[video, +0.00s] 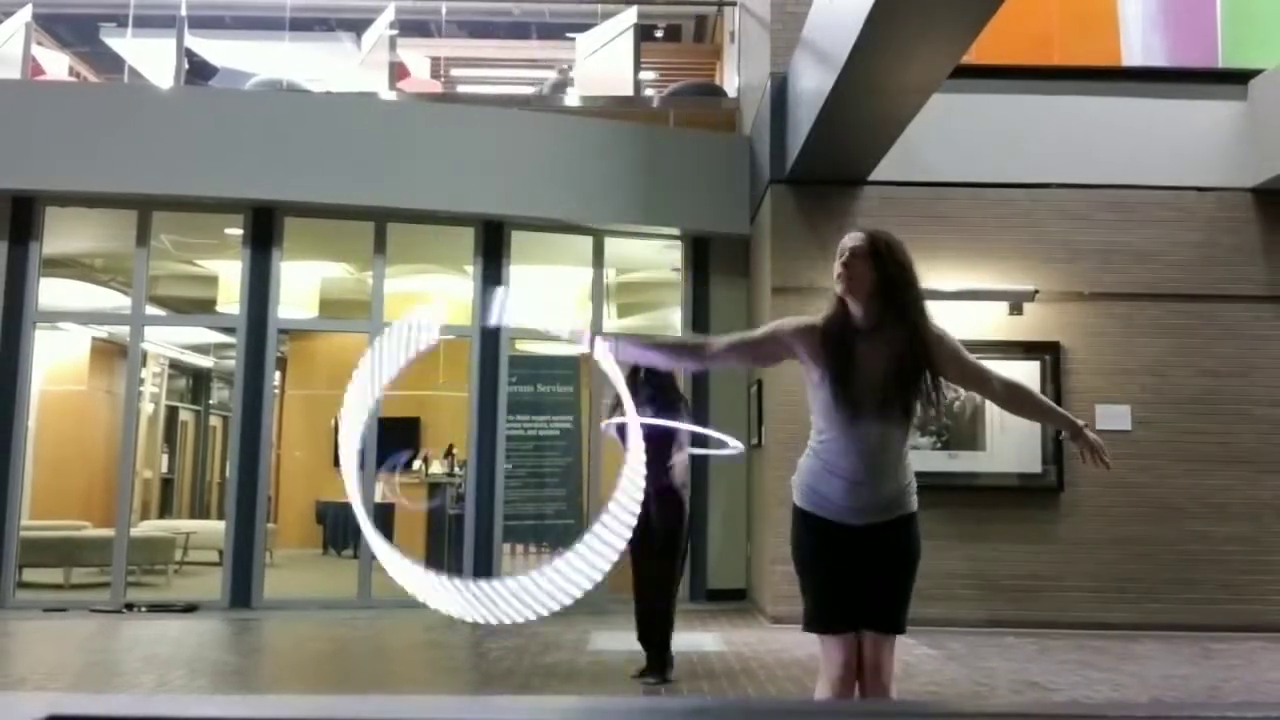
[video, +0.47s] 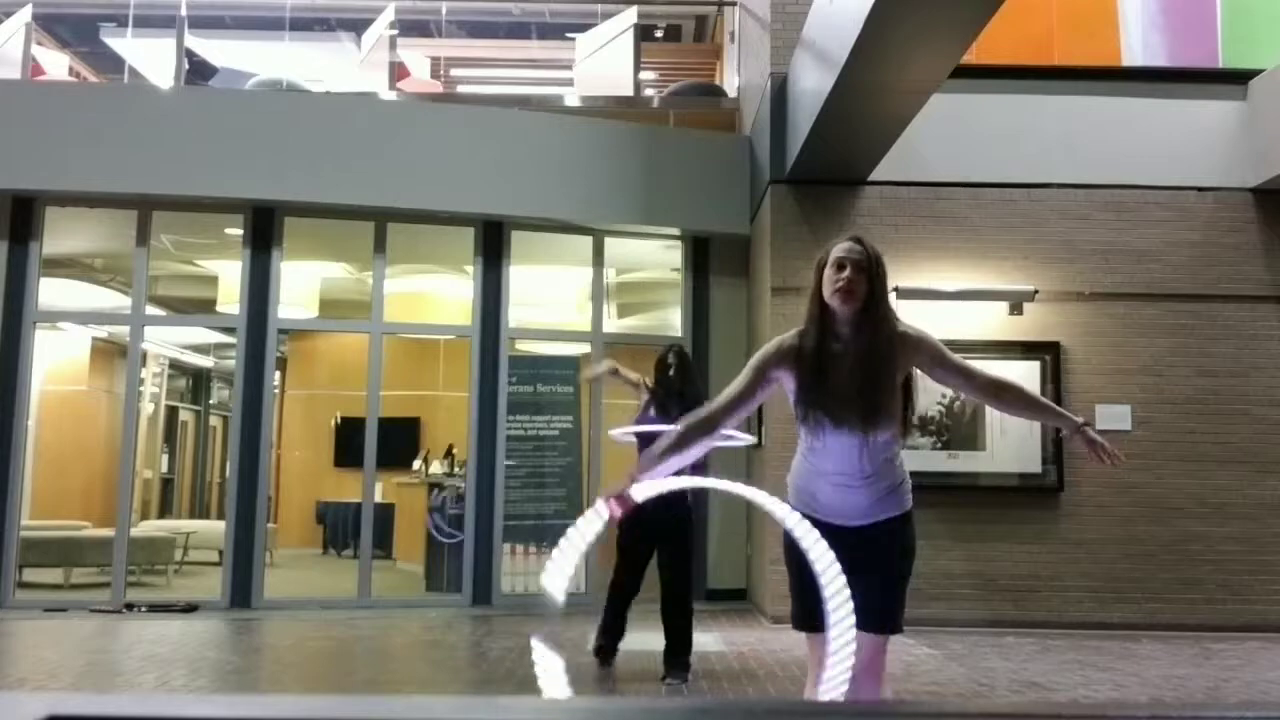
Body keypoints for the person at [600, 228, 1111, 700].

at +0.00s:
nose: (841, 270)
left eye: (854, 260)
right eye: (839, 260)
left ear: (885, 273)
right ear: (836, 274)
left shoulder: (920, 341)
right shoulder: (810, 338)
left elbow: (994, 385)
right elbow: (708, 354)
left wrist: (1071, 425)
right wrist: (623, 346)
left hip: (890, 513)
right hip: (822, 511)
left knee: (877, 666)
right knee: (840, 667)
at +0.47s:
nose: (844, 275)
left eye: (856, 267)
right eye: (834, 268)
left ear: (875, 283)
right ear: (820, 283)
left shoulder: (903, 344)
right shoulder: (788, 353)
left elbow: (984, 387)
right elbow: (714, 417)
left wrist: (1069, 423)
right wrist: (636, 476)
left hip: (884, 517)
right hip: (812, 518)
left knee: (870, 658)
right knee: (822, 658)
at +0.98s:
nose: (845, 241)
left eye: (854, 240)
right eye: (833, 242)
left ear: (872, 263)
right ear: (819, 266)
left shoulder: (903, 306)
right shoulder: (798, 306)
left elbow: (998, 331)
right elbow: (695, 307)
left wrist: (1081, 354)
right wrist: (613, 305)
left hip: (888, 507)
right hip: (817, 505)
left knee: (874, 667)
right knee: (827, 665)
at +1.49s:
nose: (874, 288)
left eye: (878, 291)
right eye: (860, 286)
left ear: (879, 311)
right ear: (827, 301)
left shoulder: (904, 345)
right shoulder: (804, 332)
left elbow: (997, 361)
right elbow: (715, 315)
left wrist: (1076, 372)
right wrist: (628, 302)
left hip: (904, 516)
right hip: (831, 514)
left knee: (887, 670)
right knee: (838, 672)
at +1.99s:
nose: (887, 257)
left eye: (886, 252)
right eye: (874, 251)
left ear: (878, 271)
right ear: (844, 263)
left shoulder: (902, 324)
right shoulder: (804, 317)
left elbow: (989, 346)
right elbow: (705, 317)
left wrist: (1014, 303)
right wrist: (620, 319)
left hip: (899, 508)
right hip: (830, 509)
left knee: (883, 675)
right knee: (841, 673)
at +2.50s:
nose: (873, 239)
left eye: (874, 233)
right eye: (859, 233)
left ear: (877, 252)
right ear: (829, 252)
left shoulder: (904, 324)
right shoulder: (795, 318)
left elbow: (982, 375)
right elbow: (724, 359)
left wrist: (1063, 415)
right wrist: (694, 360)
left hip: (883, 507)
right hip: (815, 507)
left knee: (872, 667)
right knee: (828, 672)